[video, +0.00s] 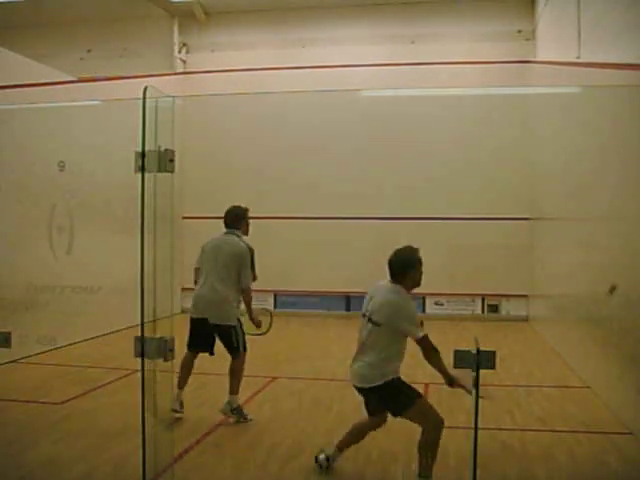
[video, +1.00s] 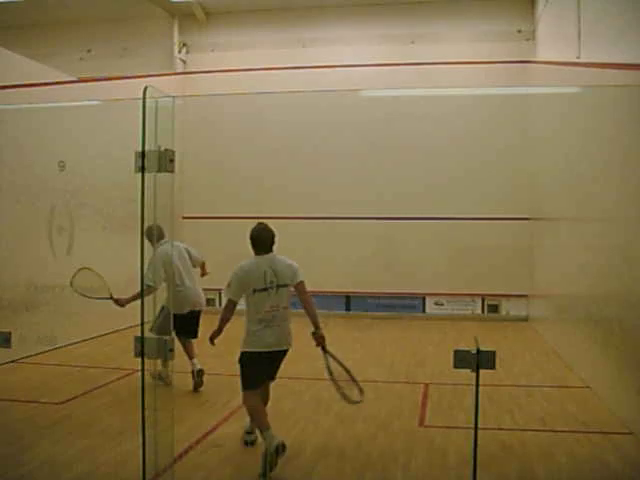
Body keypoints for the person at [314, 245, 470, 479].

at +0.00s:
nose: (422, 276)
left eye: (421, 271)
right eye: (419, 271)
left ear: (396, 271)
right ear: (408, 273)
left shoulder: (378, 289)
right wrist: (448, 376)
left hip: (362, 375)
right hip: (381, 380)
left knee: (376, 419)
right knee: (433, 423)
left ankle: (330, 457)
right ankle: (424, 475)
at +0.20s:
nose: (405, 238)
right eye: (405, 234)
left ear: (378, 239)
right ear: (404, 240)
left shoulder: (358, 264)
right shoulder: (410, 272)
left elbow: (328, 294)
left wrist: (322, 327)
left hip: (354, 352)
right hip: (389, 354)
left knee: (353, 394)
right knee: (409, 419)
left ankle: (342, 454)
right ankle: (413, 474)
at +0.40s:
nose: (344, 256)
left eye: (343, 252)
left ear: (343, 257)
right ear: (368, 255)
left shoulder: (336, 283)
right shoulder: (382, 280)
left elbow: (303, 319)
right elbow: (366, 305)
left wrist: (276, 343)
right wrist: (323, 299)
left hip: (346, 369)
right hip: (384, 368)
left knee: (324, 410)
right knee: (399, 433)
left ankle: (315, 465)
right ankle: (408, 476)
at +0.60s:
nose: (295, 240)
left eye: (296, 237)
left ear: (297, 241)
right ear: (321, 239)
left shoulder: (292, 268)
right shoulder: (339, 268)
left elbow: (286, 307)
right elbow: (348, 308)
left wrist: (275, 345)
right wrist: (347, 338)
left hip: (305, 353)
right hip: (340, 349)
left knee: (300, 408)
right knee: (356, 405)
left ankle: (310, 464)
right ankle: (376, 462)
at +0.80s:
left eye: (270, 227)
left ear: (270, 232)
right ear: (293, 231)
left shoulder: (262, 262)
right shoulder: (311, 256)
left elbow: (253, 305)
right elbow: (332, 285)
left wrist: (246, 339)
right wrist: (348, 312)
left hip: (277, 338)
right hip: (307, 336)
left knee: (277, 397)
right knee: (297, 388)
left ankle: (280, 458)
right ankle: (293, 445)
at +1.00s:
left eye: (254, 241)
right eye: (268, 240)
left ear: (251, 244)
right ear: (274, 243)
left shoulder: (244, 272)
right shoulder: (288, 267)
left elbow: (229, 308)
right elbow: (305, 299)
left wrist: (218, 330)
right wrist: (317, 329)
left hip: (255, 346)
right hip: (281, 343)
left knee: (250, 395)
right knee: (264, 386)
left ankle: (271, 441)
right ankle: (251, 429)